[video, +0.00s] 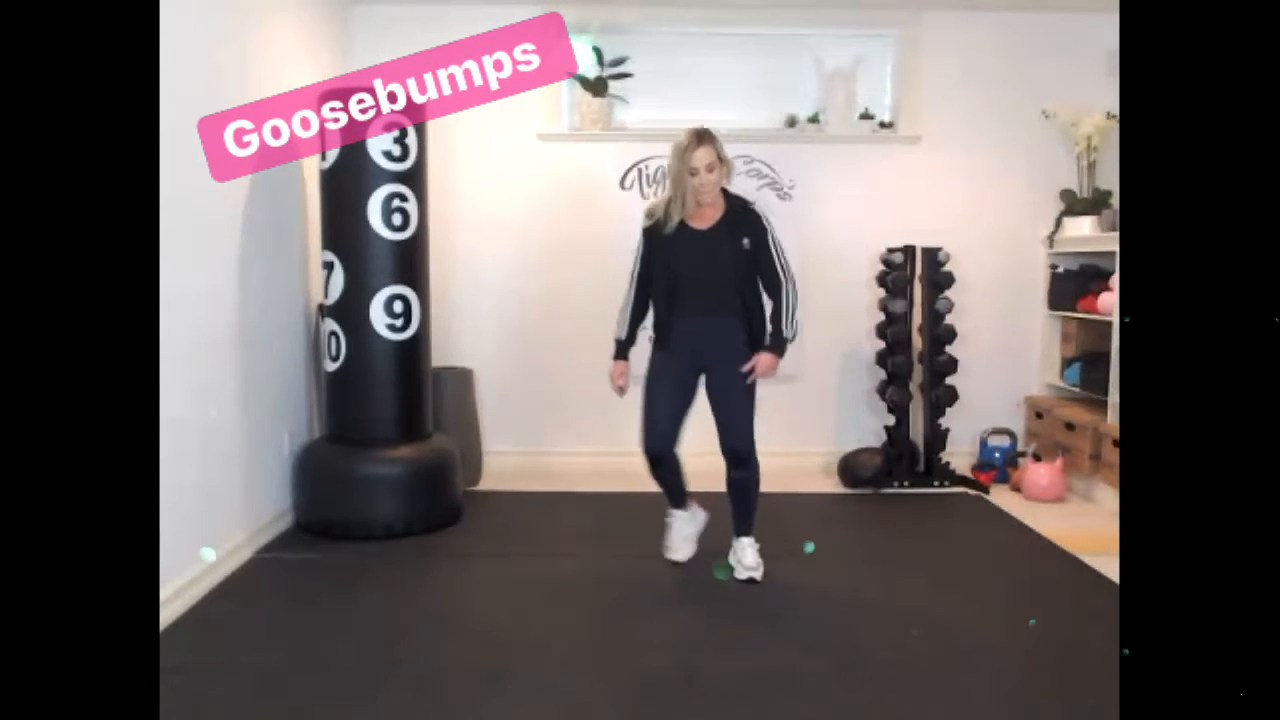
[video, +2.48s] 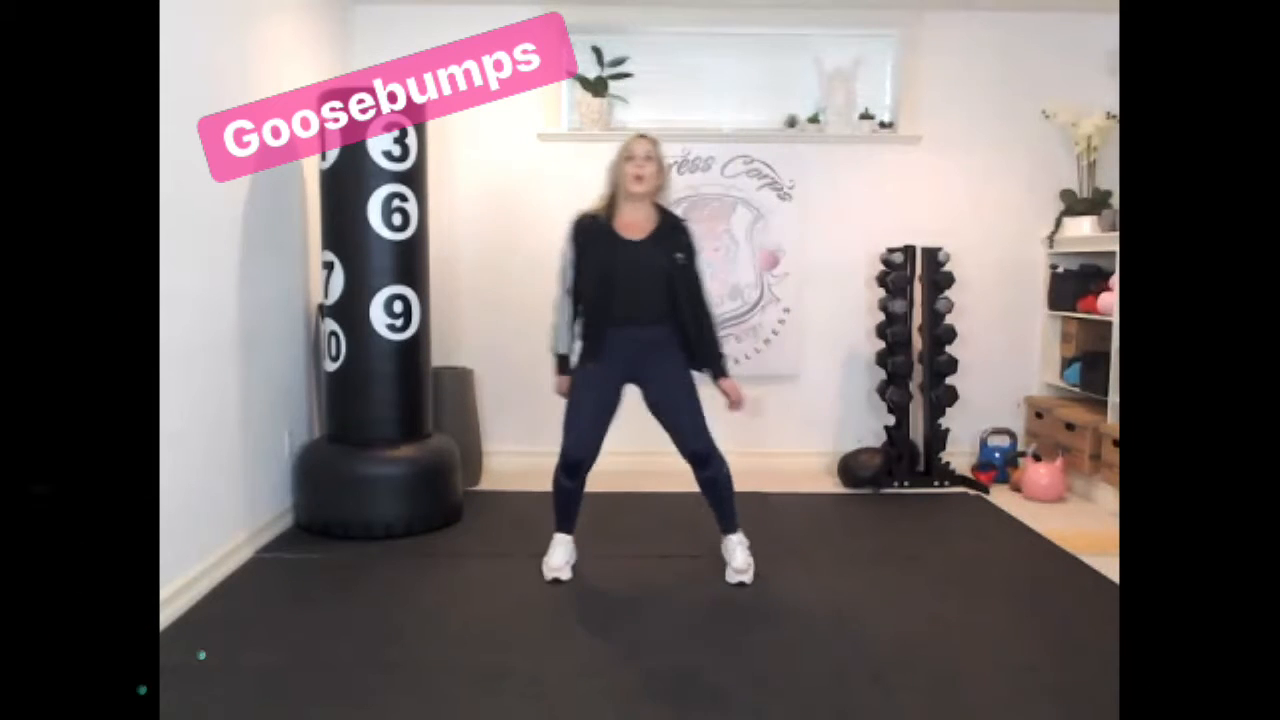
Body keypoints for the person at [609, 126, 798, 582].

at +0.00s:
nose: (705, 178)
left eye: (712, 168)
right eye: (695, 171)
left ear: (723, 168)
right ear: (680, 175)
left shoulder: (746, 218)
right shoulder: (660, 223)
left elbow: (782, 283)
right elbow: (640, 289)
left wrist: (777, 346)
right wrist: (621, 351)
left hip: (732, 347)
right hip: (674, 347)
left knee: (739, 451)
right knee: (656, 445)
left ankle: (744, 540)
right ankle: (683, 512)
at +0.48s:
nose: (613, 179)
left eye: (617, 170)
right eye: (604, 172)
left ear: (623, 171)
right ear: (581, 175)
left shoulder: (637, 220)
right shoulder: (553, 225)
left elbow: (657, 289)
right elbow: (526, 292)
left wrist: (680, 356)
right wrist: (503, 361)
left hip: (635, 343)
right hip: (576, 348)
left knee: (690, 433)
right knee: (556, 452)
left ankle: (727, 521)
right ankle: (538, 540)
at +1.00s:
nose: (574, 167)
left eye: (579, 158)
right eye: (563, 160)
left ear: (589, 165)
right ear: (547, 170)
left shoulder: (601, 223)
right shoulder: (528, 223)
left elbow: (605, 290)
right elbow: (516, 293)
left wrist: (613, 337)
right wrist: (527, 362)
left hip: (604, 337)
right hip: (557, 347)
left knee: (694, 340)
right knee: (554, 457)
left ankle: (715, 453)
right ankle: (540, 541)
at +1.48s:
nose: (669, 170)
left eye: (677, 163)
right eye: (660, 164)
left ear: (692, 173)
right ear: (648, 175)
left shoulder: (709, 232)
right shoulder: (627, 228)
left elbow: (731, 303)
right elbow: (601, 295)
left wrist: (758, 372)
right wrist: (564, 358)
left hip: (690, 354)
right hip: (630, 352)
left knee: (720, 451)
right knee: (589, 448)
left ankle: (730, 543)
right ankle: (546, 535)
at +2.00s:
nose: (707, 158)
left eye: (717, 152)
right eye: (700, 152)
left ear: (732, 162)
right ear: (688, 162)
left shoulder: (748, 216)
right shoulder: (675, 216)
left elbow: (756, 294)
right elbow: (670, 287)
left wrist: (741, 366)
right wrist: (666, 356)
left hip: (723, 340)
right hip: (674, 333)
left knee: (727, 454)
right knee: (588, 358)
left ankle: (735, 542)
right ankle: (568, 473)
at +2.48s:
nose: (639, 168)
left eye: (648, 161)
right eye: (631, 160)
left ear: (661, 173)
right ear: (617, 169)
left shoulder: (674, 231)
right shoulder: (588, 228)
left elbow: (694, 304)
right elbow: (569, 299)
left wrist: (719, 372)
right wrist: (562, 366)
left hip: (663, 355)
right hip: (602, 355)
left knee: (700, 451)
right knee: (574, 456)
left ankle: (733, 538)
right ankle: (562, 538)